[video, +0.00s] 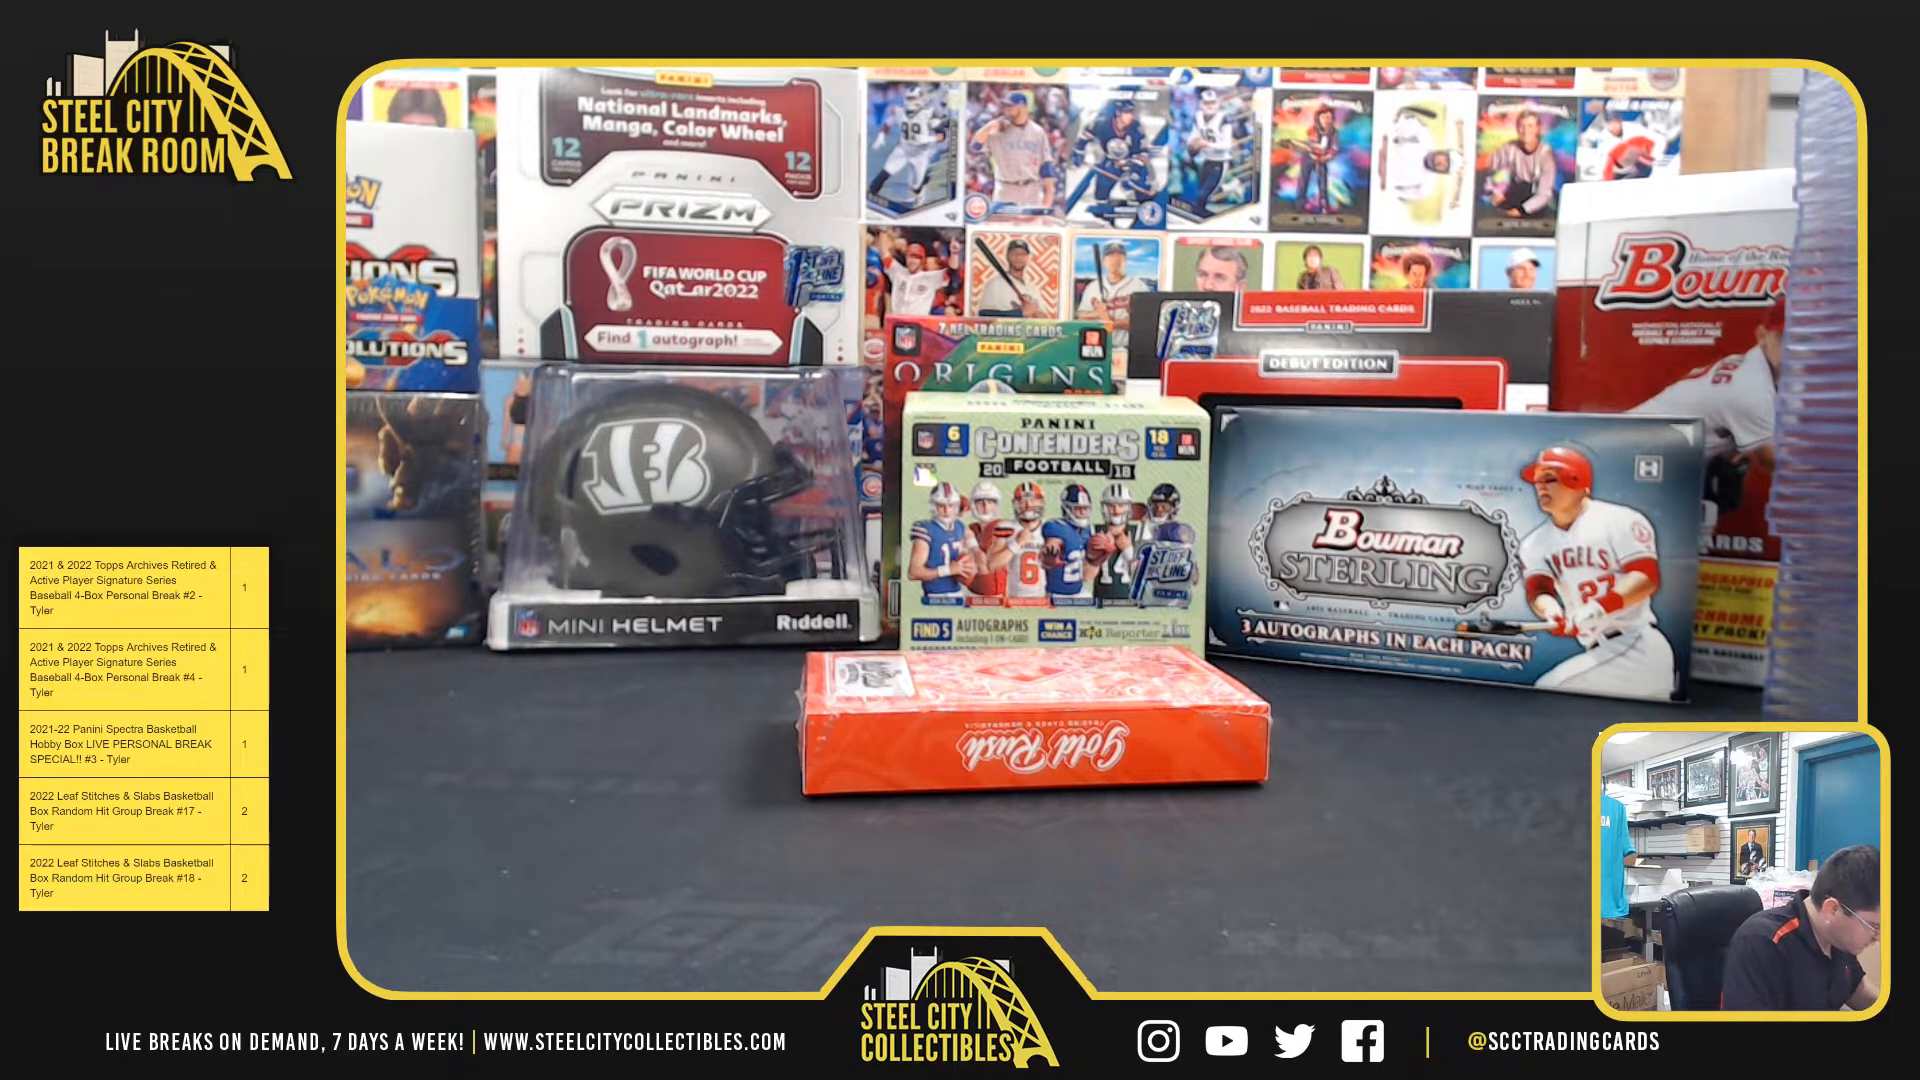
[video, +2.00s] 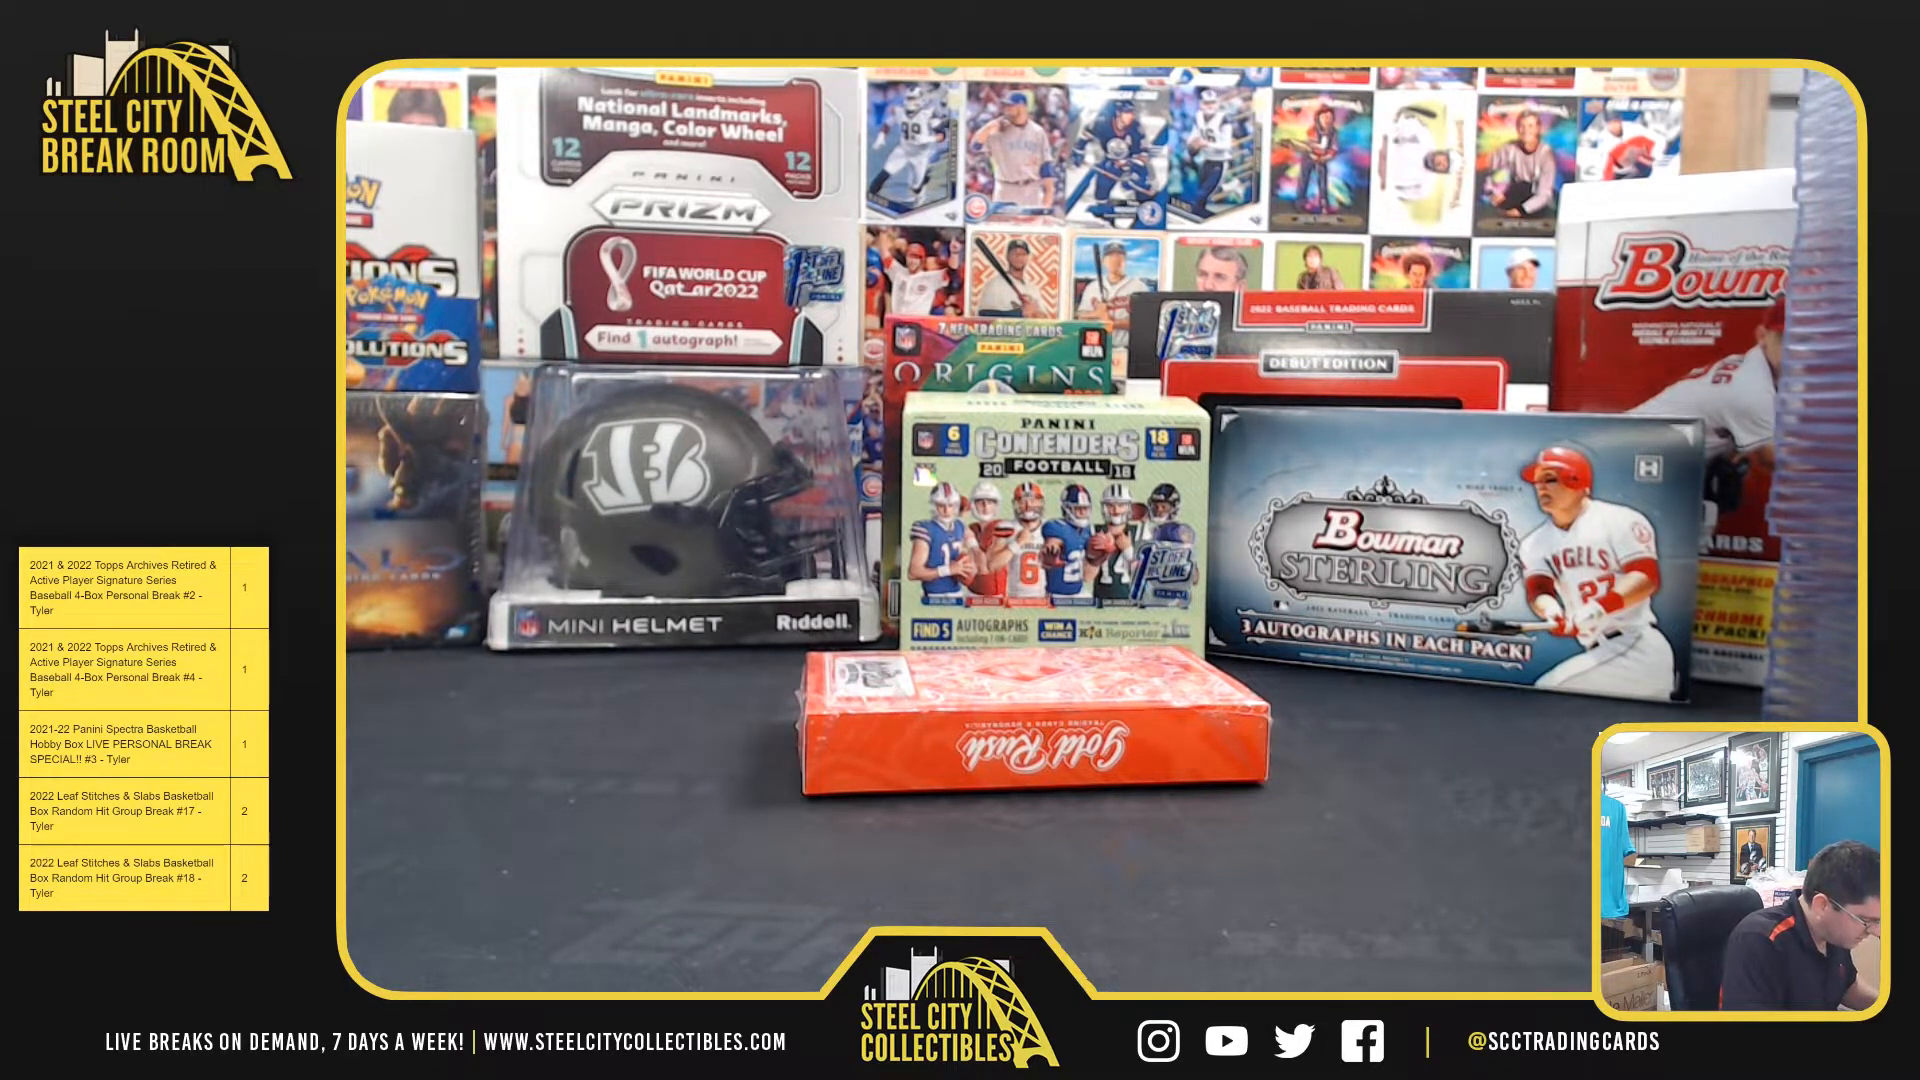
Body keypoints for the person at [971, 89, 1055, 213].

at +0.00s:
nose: (1007, 110)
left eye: (1011, 106)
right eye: (1006, 106)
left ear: (1022, 107)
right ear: (1004, 107)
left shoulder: (1038, 132)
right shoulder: (997, 129)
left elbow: (1046, 166)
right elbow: (974, 147)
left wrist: (1048, 200)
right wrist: (990, 127)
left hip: (1031, 186)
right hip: (1005, 186)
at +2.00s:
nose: (1006, 110)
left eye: (1010, 106)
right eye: (1006, 106)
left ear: (1022, 107)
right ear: (1004, 107)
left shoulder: (1038, 132)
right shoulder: (997, 129)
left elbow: (1046, 167)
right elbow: (975, 147)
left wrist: (1048, 200)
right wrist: (990, 127)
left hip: (1031, 186)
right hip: (1004, 186)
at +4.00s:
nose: (1006, 110)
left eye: (1010, 106)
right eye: (1005, 106)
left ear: (1022, 107)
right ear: (1004, 107)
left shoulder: (1038, 132)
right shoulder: (996, 129)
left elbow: (1046, 166)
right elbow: (974, 148)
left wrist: (1048, 198)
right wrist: (990, 127)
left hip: (1031, 186)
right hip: (1005, 186)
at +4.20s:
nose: (1006, 110)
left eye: (1010, 106)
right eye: (1005, 106)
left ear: (1022, 107)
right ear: (1004, 107)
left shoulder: (1038, 132)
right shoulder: (996, 129)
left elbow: (1046, 166)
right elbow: (974, 148)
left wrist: (1048, 198)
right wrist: (990, 127)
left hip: (1031, 186)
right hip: (1005, 186)